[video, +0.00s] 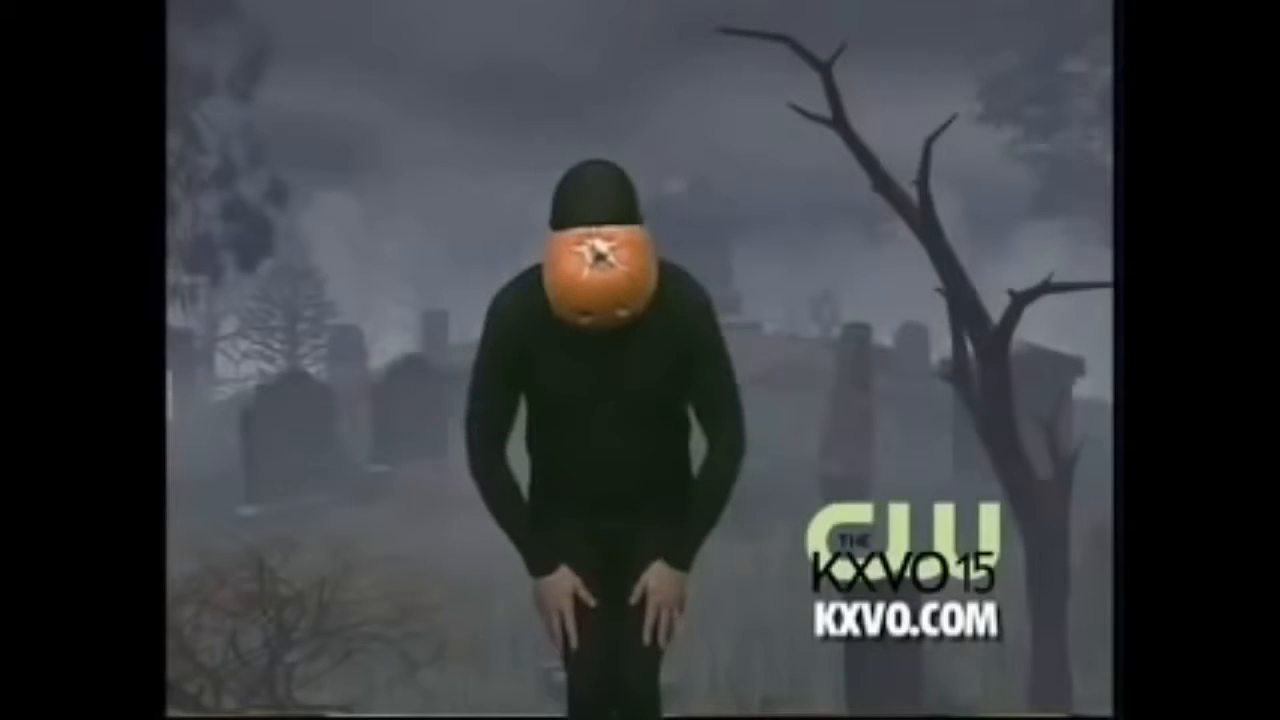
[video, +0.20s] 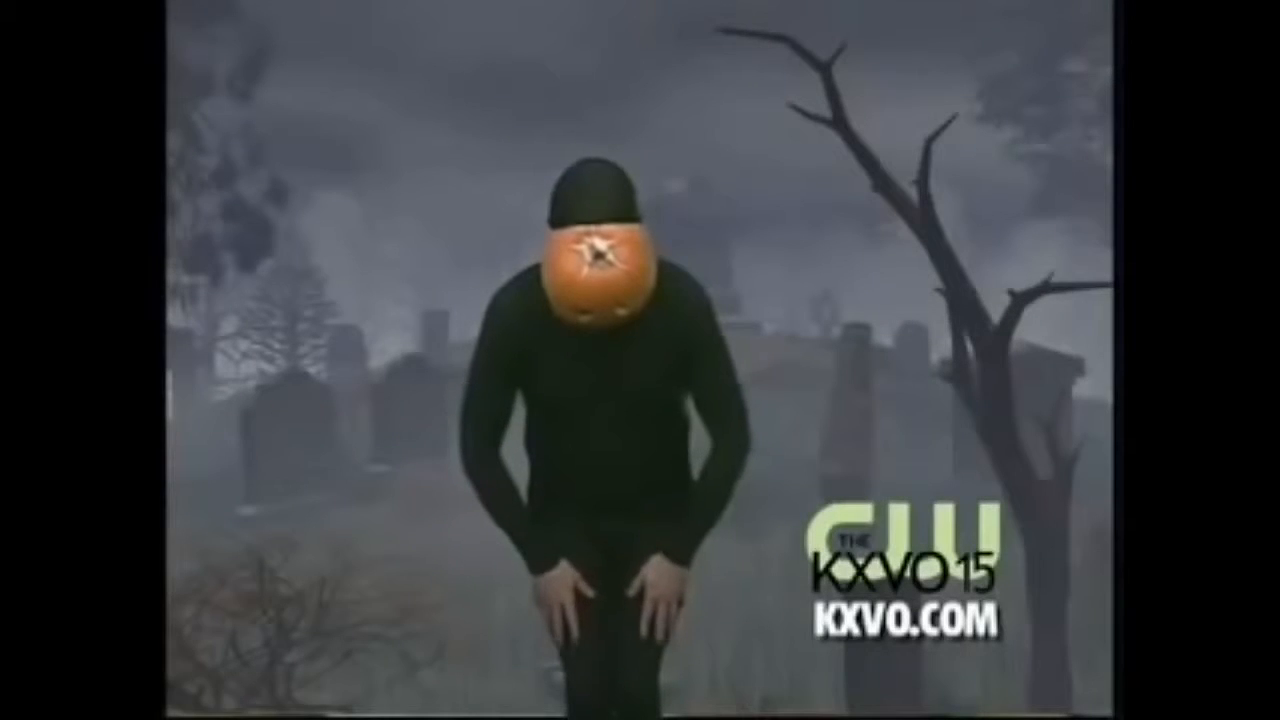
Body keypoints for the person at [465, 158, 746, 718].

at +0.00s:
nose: (598, 258)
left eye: (615, 243)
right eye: (581, 244)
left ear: (640, 239)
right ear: (555, 241)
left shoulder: (680, 303)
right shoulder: (519, 310)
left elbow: (727, 440)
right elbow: (485, 449)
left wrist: (677, 559)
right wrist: (542, 563)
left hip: (657, 507)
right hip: (564, 511)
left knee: (635, 681)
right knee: (588, 684)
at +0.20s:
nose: (598, 255)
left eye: (614, 240)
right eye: (580, 240)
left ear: (639, 237)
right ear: (554, 239)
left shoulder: (678, 302)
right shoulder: (517, 310)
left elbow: (731, 438)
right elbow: (479, 448)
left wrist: (677, 554)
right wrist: (541, 560)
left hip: (656, 507)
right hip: (563, 510)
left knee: (634, 683)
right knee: (587, 685)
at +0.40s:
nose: (596, 253)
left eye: (612, 237)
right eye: (579, 238)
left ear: (638, 235)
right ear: (553, 237)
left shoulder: (676, 301)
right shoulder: (518, 309)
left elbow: (738, 435)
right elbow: (473, 446)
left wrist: (678, 548)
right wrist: (542, 556)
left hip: (655, 510)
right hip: (563, 513)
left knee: (635, 686)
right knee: (586, 689)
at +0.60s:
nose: (596, 251)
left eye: (612, 234)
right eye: (579, 235)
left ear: (637, 233)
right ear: (553, 235)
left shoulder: (676, 300)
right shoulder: (518, 308)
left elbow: (743, 433)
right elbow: (468, 446)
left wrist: (679, 545)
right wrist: (543, 552)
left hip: (654, 511)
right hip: (561, 514)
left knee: (634, 686)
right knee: (586, 689)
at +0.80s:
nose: (596, 249)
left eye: (612, 232)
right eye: (579, 232)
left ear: (638, 232)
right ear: (553, 233)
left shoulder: (676, 299)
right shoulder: (518, 307)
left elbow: (748, 430)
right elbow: (464, 444)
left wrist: (679, 540)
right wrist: (544, 546)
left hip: (655, 514)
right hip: (561, 517)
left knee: (634, 688)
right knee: (587, 691)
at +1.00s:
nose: (597, 246)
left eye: (613, 229)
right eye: (580, 230)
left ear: (638, 230)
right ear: (553, 232)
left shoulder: (677, 298)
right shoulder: (519, 306)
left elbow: (753, 427)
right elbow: (461, 442)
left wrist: (678, 533)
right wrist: (544, 540)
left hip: (656, 520)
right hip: (560, 523)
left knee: (635, 690)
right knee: (586, 693)